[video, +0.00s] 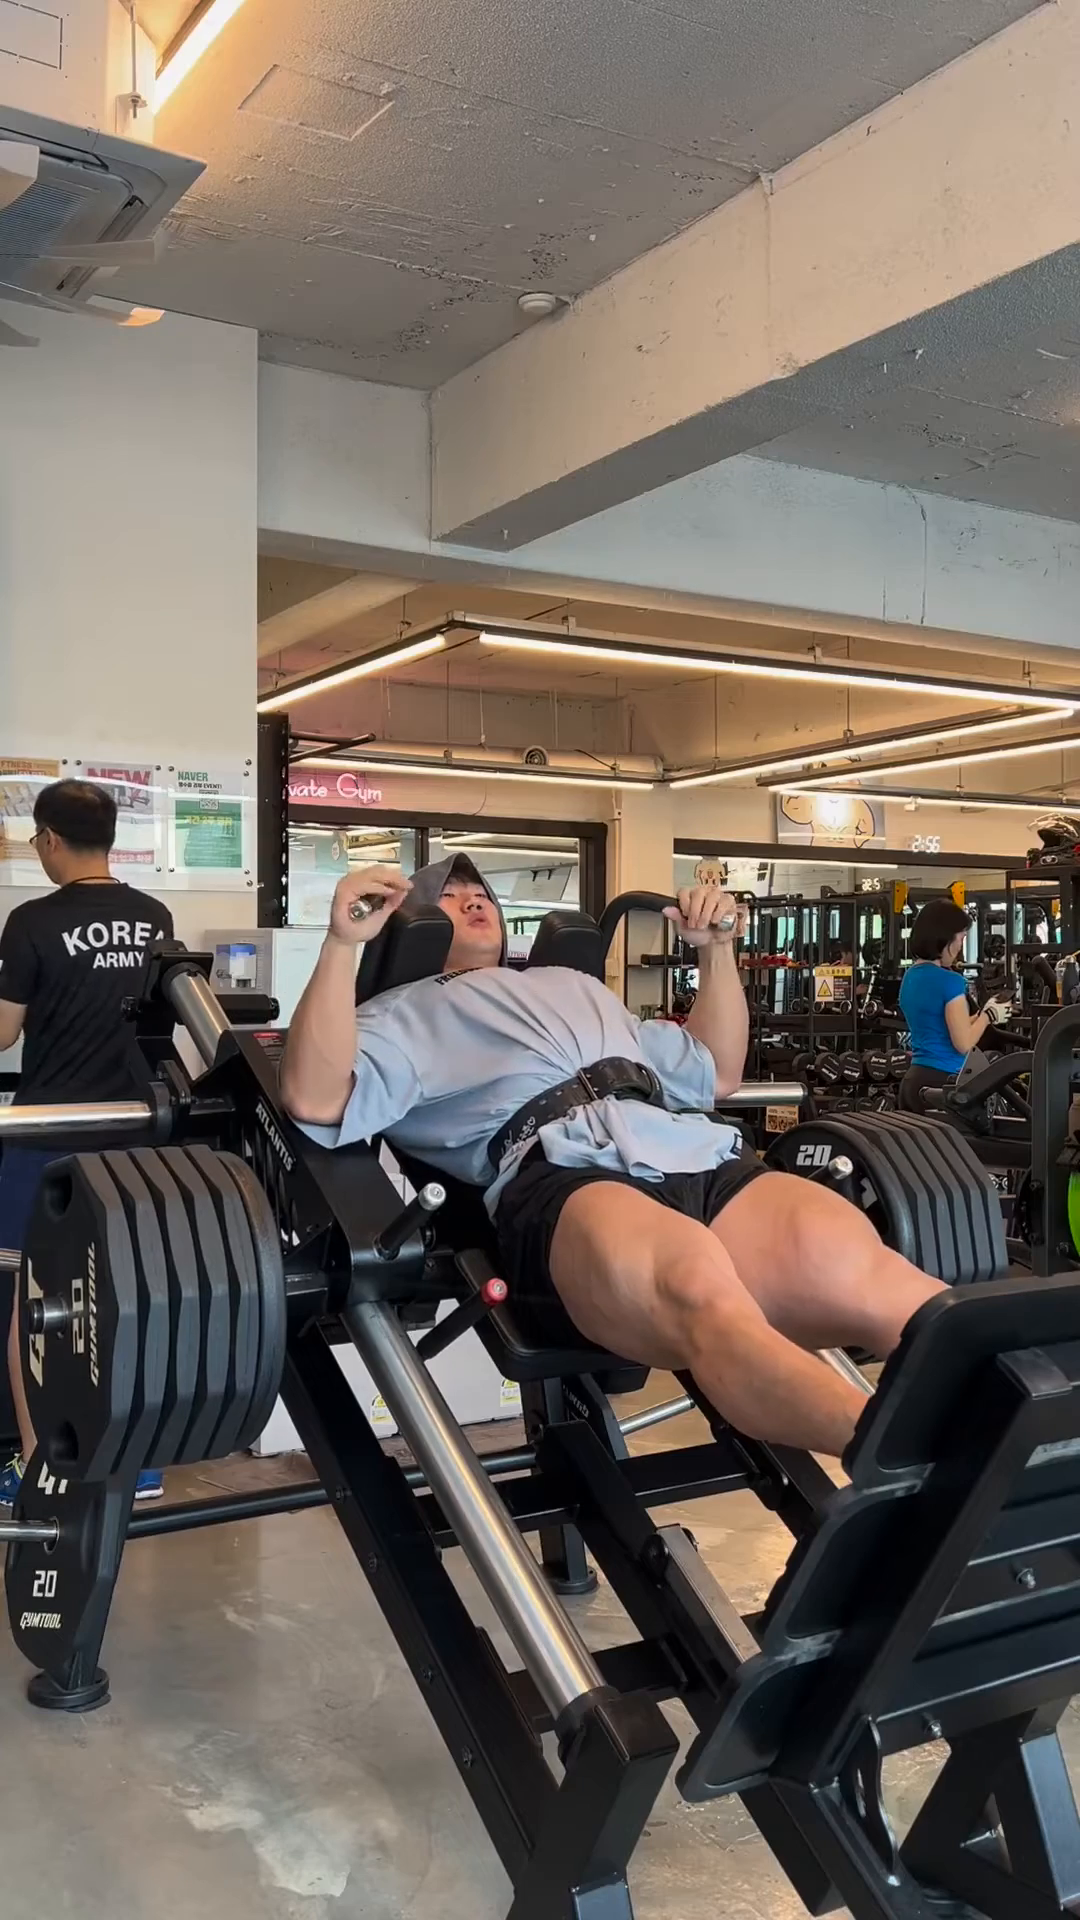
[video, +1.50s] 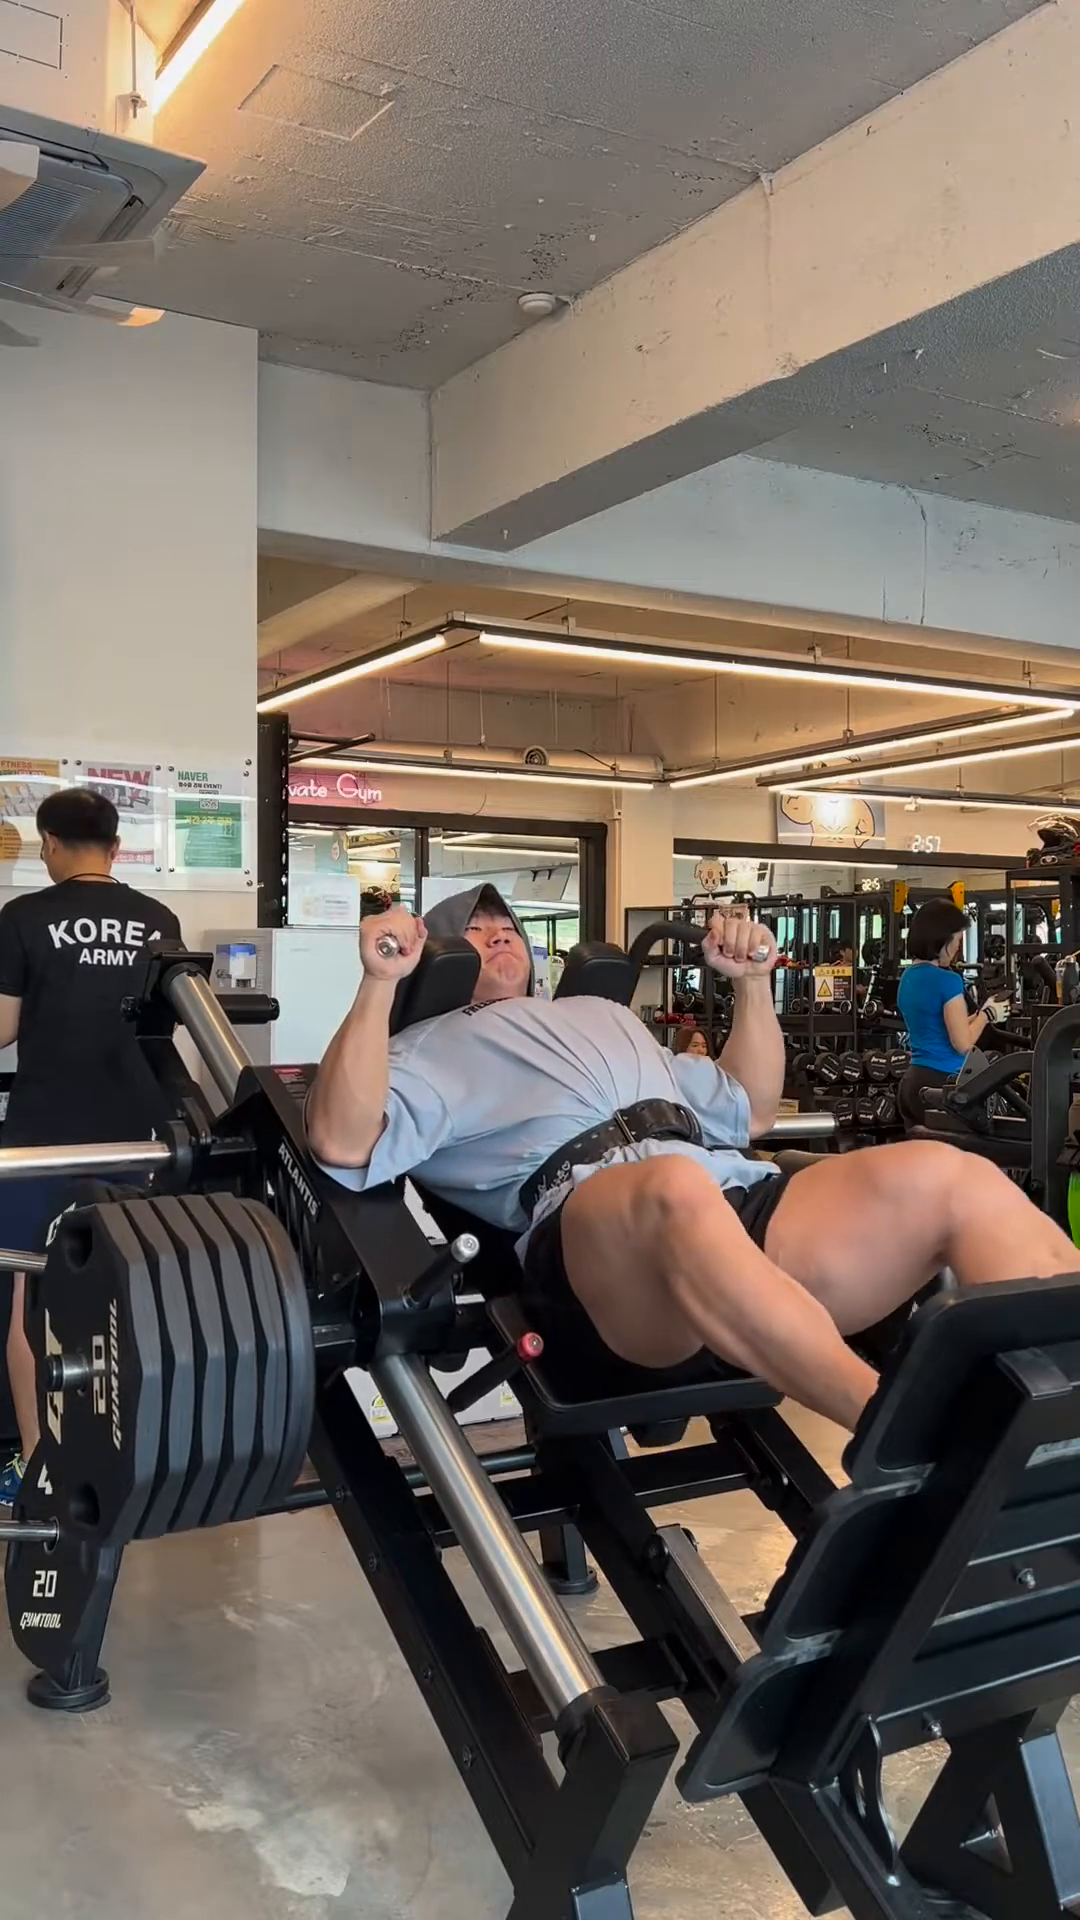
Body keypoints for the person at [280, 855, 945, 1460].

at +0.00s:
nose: (470, 902)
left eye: (482, 894)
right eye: (446, 896)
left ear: (504, 925)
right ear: (417, 936)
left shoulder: (577, 989)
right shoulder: (406, 1015)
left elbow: (712, 1073)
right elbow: (313, 1099)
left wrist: (716, 948)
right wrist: (342, 944)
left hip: (686, 1148)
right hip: (553, 1177)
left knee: (851, 1259)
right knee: (695, 1286)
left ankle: (1037, 1382)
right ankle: (896, 1451)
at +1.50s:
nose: (498, 938)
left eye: (507, 928)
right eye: (474, 935)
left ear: (530, 951)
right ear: (443, 974)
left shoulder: (606, 1021)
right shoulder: (433, 1053)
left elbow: (750, 1107)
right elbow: (342, 1142)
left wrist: (750, 982)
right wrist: (377, 987)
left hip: (745, 1217)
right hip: (590, 1266)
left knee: (950, 1177)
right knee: (672, 1190)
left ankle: (1076, 1383)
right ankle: (898, 1428)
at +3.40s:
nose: (631, 1084)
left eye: (637, 1070)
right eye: (600, 1076)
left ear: (661, 1103)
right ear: (556, 1117)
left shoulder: (747, 1189)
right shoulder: (549, 1237)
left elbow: (898, 1266)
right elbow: (470, 1361)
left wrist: (919, 1150)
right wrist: (514, 1173)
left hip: (920, 1379)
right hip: (781, 1472)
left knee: (1006, 1145)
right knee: (661, 1186)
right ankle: (895, 1422)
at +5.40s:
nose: (536, 972)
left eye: (540, 962)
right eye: (514, 966)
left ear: (560, 989)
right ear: (476, 1004)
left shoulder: (635, 1071)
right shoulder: (458, 1102)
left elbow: (792, 1150)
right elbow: (372, 1195)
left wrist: (792, 1023)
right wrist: (414, 1028)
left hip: (797, 1279)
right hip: (650, 1331)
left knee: (986, 1142)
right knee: (676, 1154)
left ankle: (1075, 1373)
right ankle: (893, 1418)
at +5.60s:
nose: (508, 934)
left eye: (514, 927)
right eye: (486, 929)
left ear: (534, 958)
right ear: (451, 972)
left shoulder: (609, 1038)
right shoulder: (429, 1059)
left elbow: (757, 1116)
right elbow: (347, 1150)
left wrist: (755, 991)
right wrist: (383, 995)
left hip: (749, 1221)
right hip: (595, 1266)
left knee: (959, 1161)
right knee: (667, 1173)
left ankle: (1071, 1382)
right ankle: (897, 1423)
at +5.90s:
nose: (477, 894)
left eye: (484, 888)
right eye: (454, 887)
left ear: (503, 922)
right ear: (422, 924)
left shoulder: (576, 994)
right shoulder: (401, 1016)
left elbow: (715, 1073)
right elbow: (315, 1101)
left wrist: (720, 955)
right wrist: (352, 952)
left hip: (698, 1148)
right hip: (568, 1165)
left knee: (879, 1208)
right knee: (697, 1248)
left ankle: (1066, 1345)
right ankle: (901, 1436)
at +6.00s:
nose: (469, 891)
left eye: (479, 887)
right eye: (449, 886)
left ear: (503, 921)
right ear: (416, 926)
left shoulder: (571, 989)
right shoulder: (399, 1015)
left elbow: (713, 1070)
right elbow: (314, 1096)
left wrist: (716, 951)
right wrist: (350, 948)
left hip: (699, 1148)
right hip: (564, 1166)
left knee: (864, 1222)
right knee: (698, 1264)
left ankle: (1054, 1349)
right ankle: (902, 1438)